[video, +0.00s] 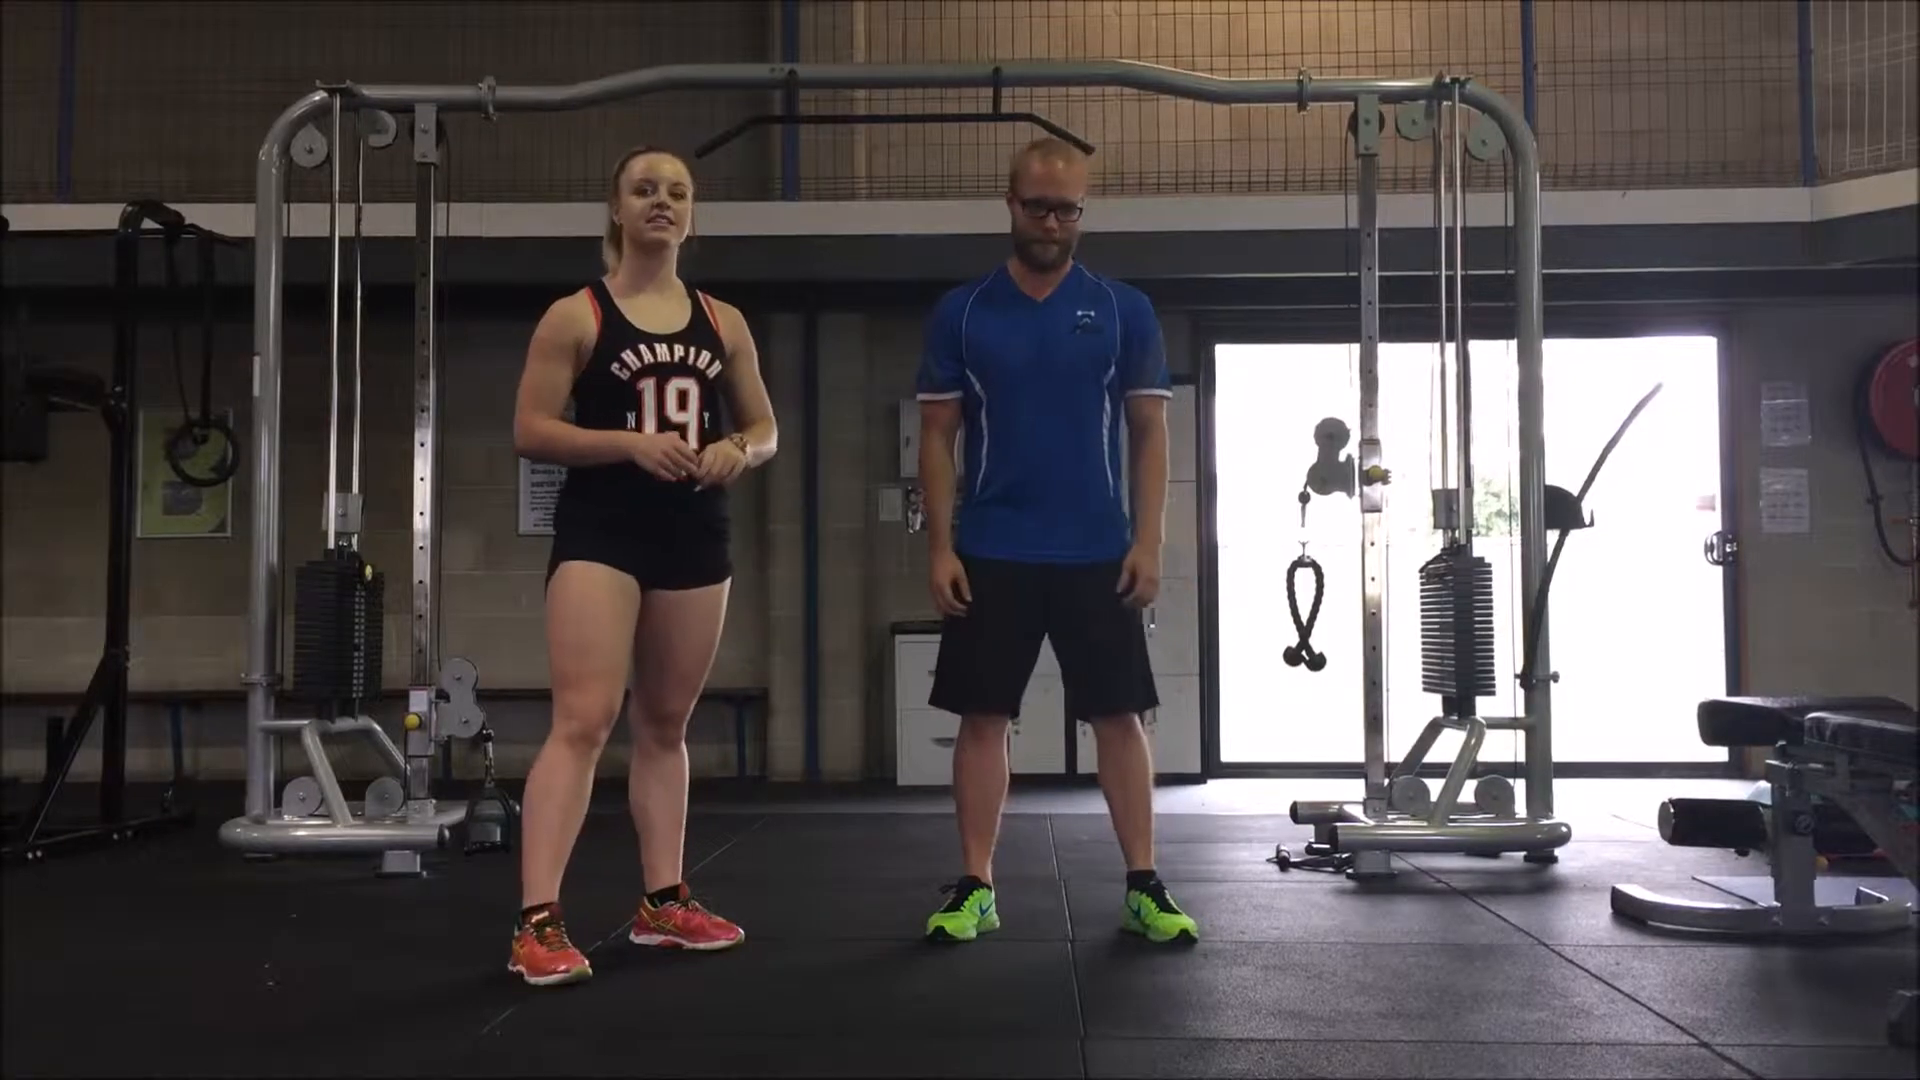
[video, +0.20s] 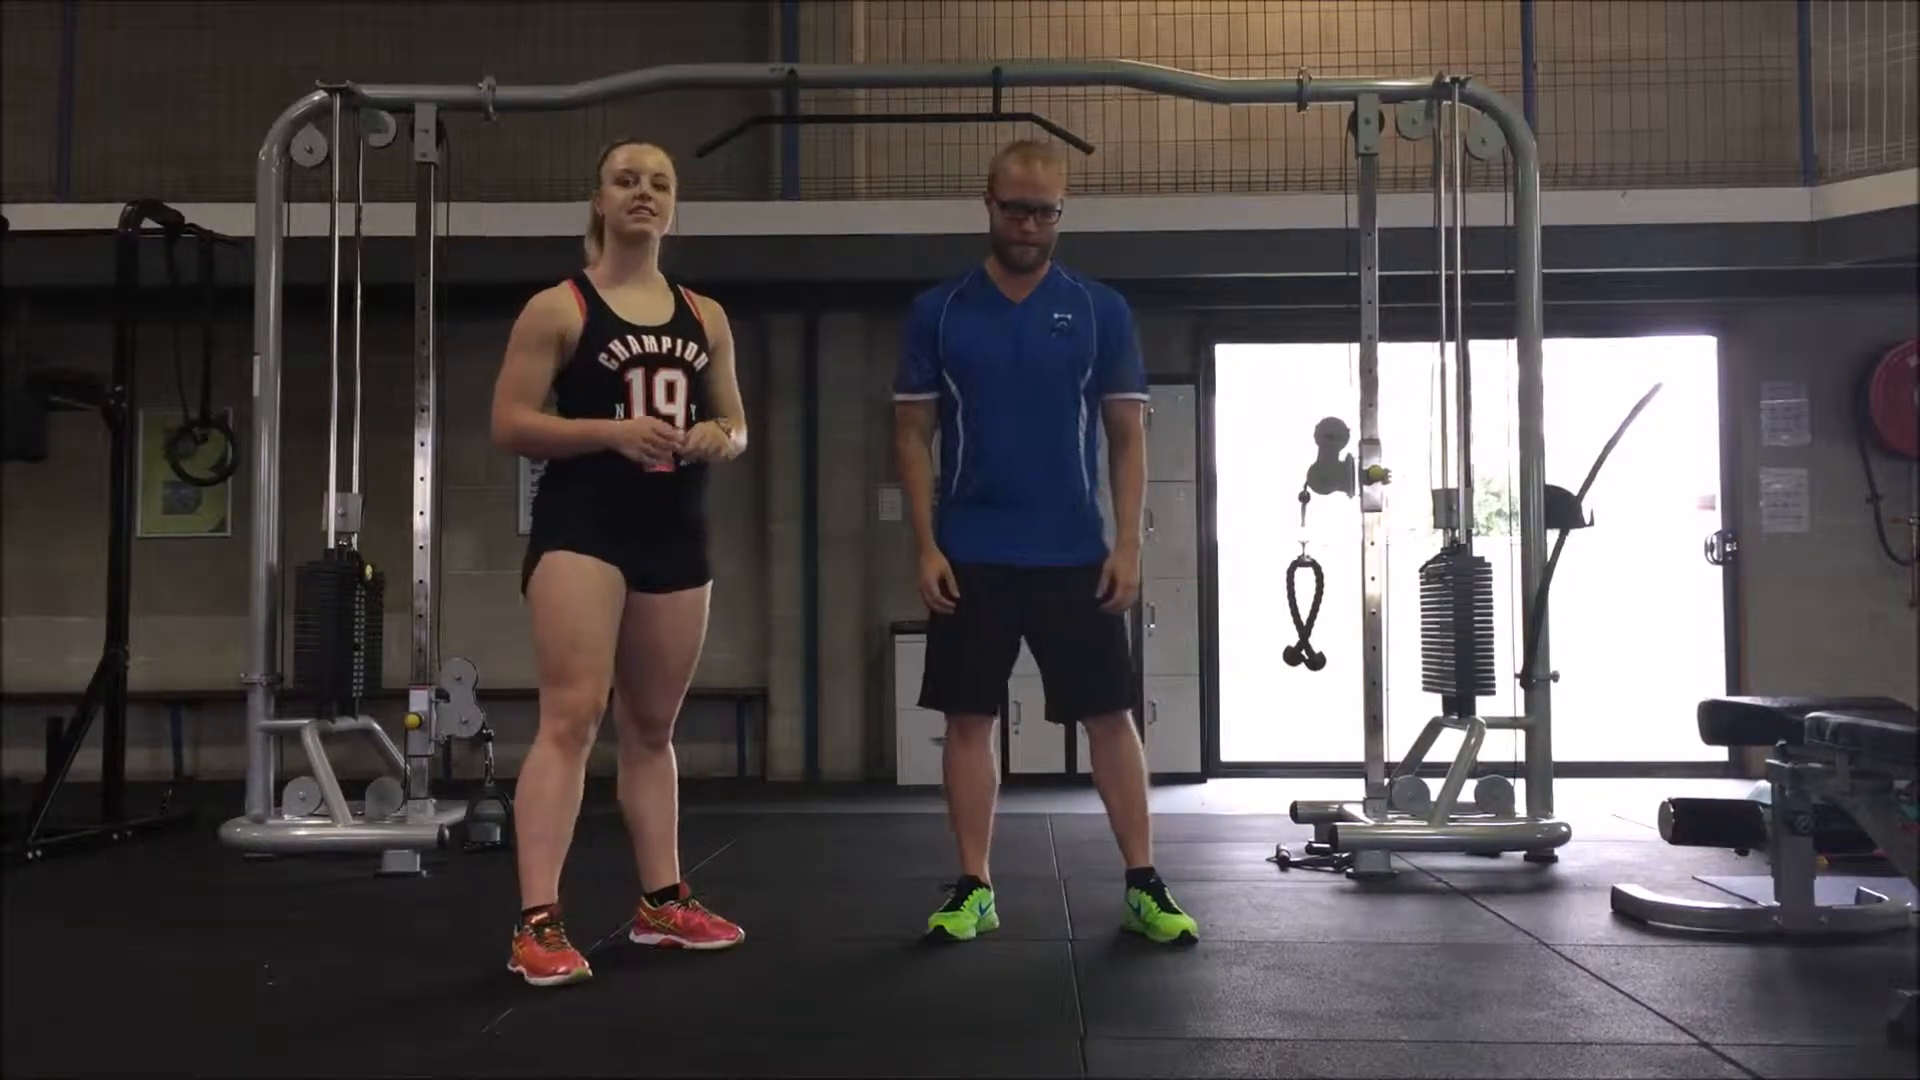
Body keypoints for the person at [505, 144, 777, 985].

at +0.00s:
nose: (661, 202)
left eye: (675, 192)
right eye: (645, 190)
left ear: (693, 215)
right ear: (615, 211)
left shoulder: (723, 322)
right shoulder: (574, 316)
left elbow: (763, 428)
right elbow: (532, 430)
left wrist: (740, 449)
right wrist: (630, 442)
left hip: (694, 545)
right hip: (600, 539)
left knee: (667, 726)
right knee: (583, 722)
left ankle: (665, 901)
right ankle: (539, 920)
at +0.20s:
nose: (643, 192)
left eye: (657, 183)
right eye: (626, 180)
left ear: (676, 209)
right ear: (597, 204)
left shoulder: (704, 316)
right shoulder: (556, 308)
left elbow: (731, 426)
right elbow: (509, 423)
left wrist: (715, 438)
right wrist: (610, 430)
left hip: (675, 540)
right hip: (581, 535)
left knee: (652, 728)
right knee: (572, 719)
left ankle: (663, 901)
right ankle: (538, 922)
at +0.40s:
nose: (625, 188)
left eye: (640, 178)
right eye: (609, 175)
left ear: (658, 203)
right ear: (578, 197)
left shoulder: (685, 314)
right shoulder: (539, 302)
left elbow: (706, 426)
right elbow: (492, 418)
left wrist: (687, 427)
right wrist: (594, 421)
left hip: (655, 536)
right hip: (561, 529)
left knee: (646, 730)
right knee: (557, 721)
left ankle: (663, 901)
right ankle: (537, 923)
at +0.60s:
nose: (611, 186)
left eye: (626, 176)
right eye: (594, 172)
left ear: (643, 201)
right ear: (561, 193)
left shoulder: (671, 312)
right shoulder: (523, 300)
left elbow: (715, 426)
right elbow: (469, 417)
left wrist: (690, 420)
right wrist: (576, 429)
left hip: (641, 536)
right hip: (548, 529)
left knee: (649, 733)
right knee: (546, 719)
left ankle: (662, 902)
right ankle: (537, 924)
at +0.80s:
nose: (605, 187)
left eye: (619, 177)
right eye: (588, 172)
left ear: (634, 199)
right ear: (554, 190)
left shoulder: (666, 308)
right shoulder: (513, 303)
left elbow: (702, 427)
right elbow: (459, 420)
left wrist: (675, 419)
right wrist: (564, 427)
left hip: (637, 533)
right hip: (543, 527)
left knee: (653, 731)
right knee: (545, 722)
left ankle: (662, 901)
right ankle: (537, 923)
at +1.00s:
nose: (605, 188)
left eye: (618, 177)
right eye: (588, 174)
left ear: (633, 198)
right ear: (553, 190)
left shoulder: (663, 306)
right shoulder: (512, 304)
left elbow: (699, 423)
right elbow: (465, 423)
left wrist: (679, 418)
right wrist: (574, 427)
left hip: (639, 533)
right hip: (545, 527)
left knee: (652, 731)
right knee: (546, 722)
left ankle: (662, 900)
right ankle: (537, 923)